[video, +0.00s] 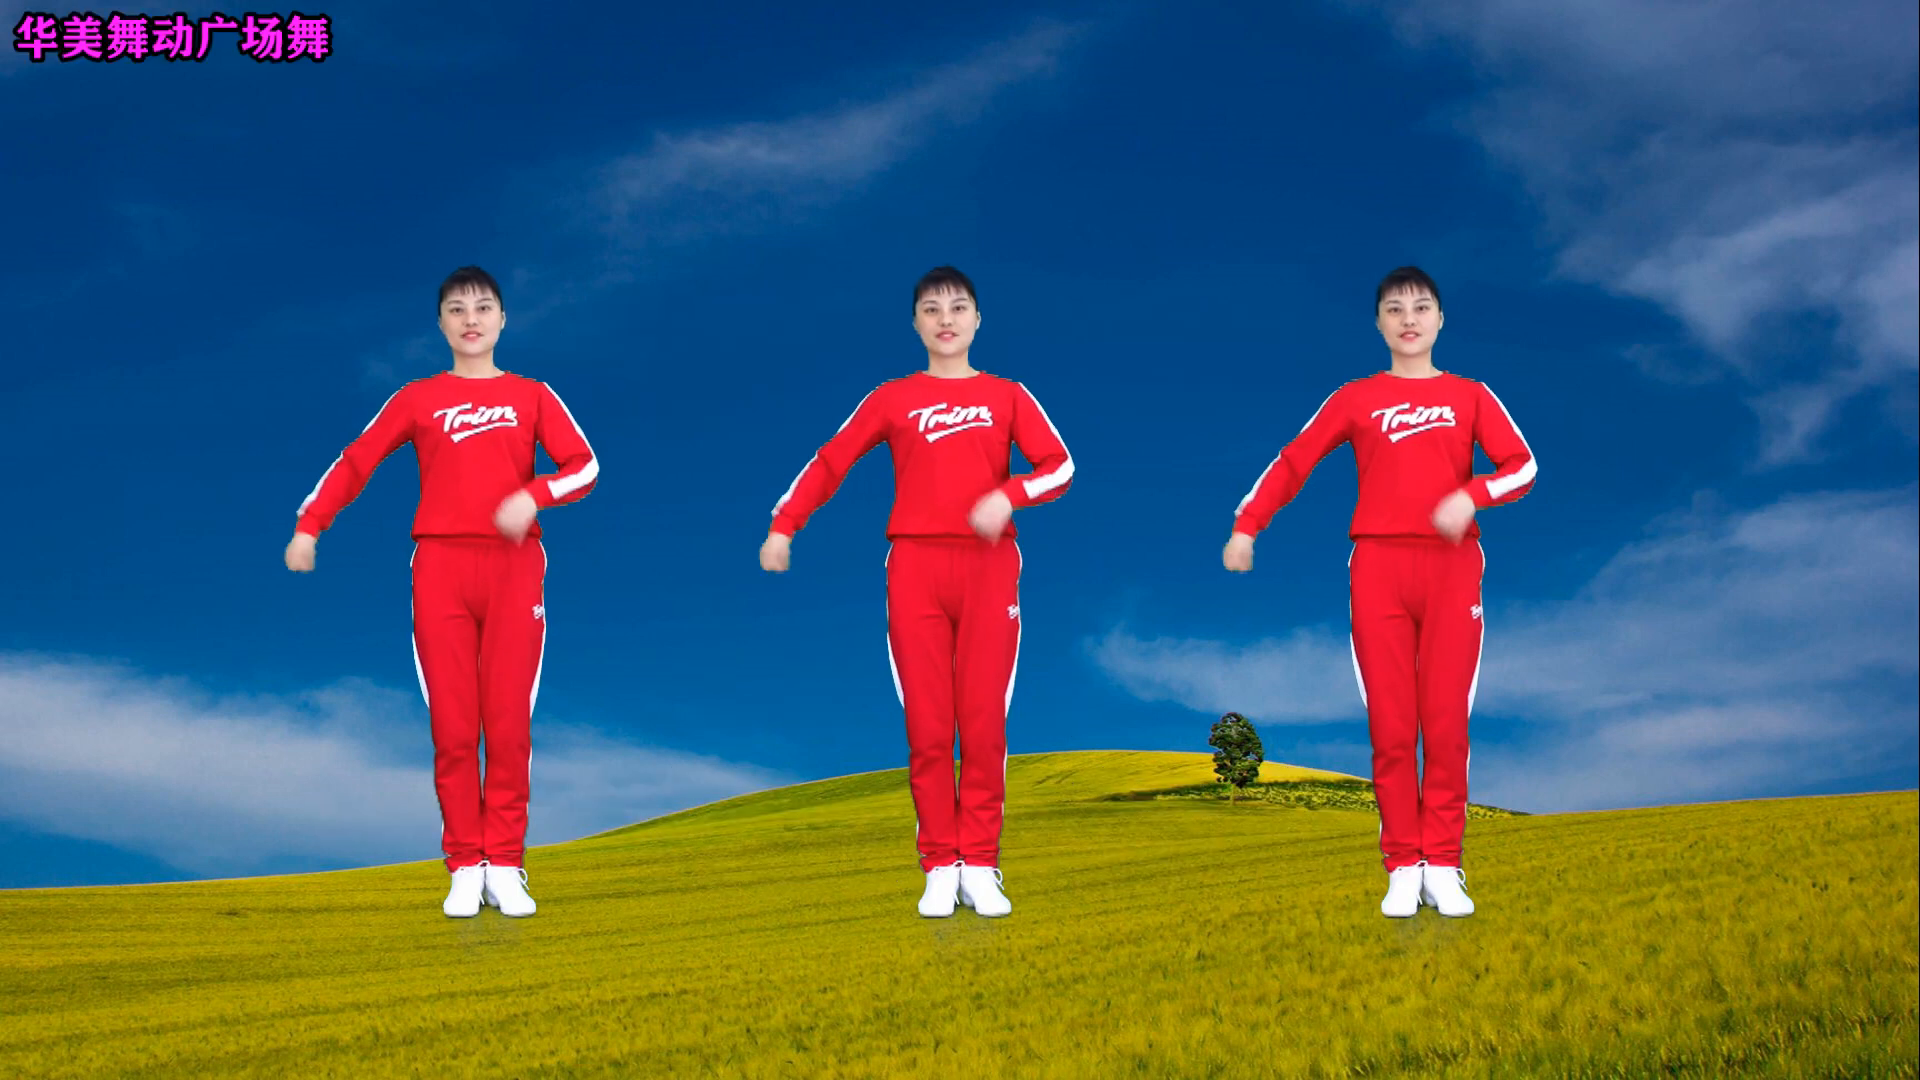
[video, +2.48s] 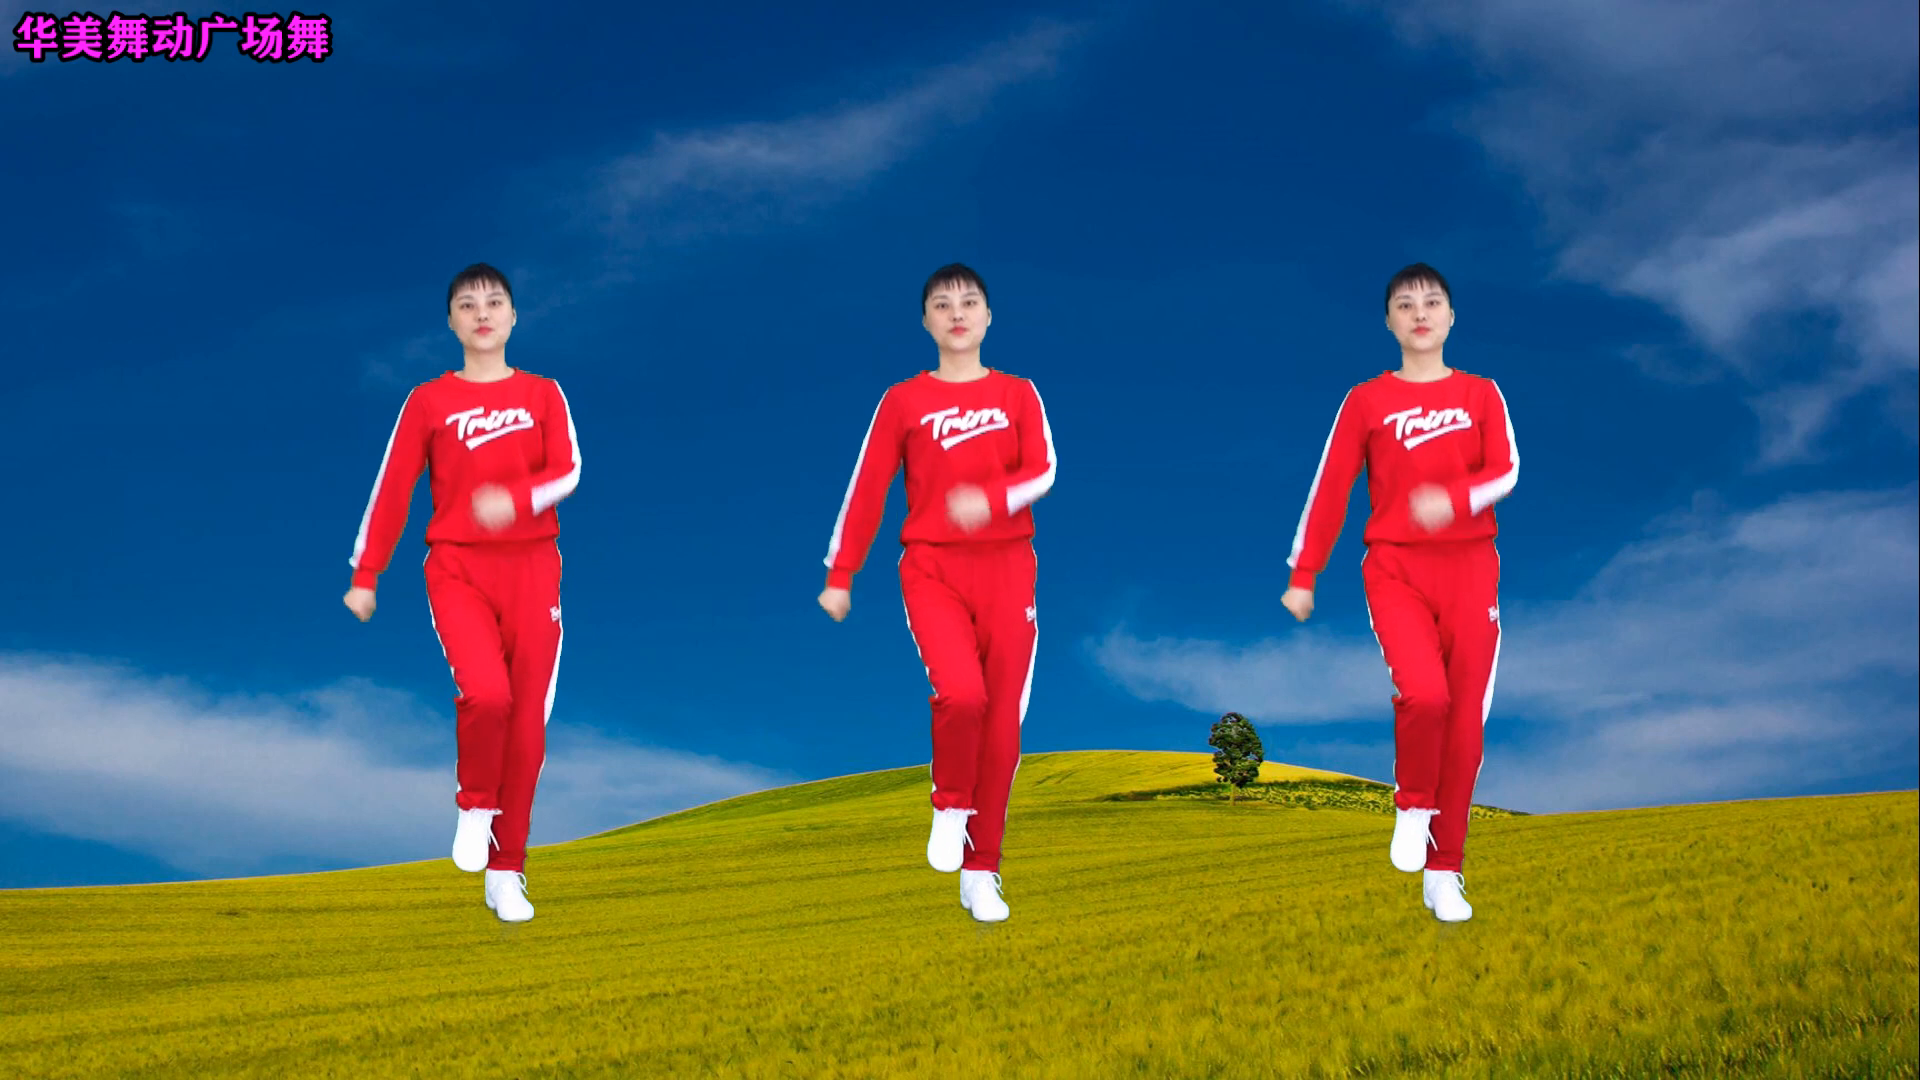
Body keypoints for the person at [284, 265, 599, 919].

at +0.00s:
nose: (471, 319)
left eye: (482, 308)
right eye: (459, 310)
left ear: (501, 318)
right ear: (443, 323)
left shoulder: (533, 396)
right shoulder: (416, 399)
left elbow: (585, 468)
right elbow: (355, 462)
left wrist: (533, 495)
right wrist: (307, 528)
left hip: (514, 573)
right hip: (440, 573)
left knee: (509, 722)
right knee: (453, 727)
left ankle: (505, 865)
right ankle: (465, 865)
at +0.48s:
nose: (471, 315)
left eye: (483, 305)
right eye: (458, 306)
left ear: (501, 317)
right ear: (441, 319)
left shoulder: (530, 396)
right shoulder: (413, 396)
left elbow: (562, 486)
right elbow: (377, 476)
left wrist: (580, 571)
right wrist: (439, 490)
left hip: (506, 568)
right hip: (430, 569)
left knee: (481, 706)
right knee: (436, 722)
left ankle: (499, 810)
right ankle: (464, 861)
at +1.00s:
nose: (483, 328)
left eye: (495, 316)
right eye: (470, 318)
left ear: (513, 327)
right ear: (453, 330)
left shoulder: (544, 407)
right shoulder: (428, 412)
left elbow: (565, 500)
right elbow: (421, 507)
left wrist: (577, 587)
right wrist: (423, 592)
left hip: (535, 580)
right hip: (461, 583)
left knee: (531, 732)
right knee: (484, 709)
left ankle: (510, 869)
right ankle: (475, 812)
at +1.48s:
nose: (481, 312)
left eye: (493, 301)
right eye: (468, 303)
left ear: (511, 312)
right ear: (452, 316)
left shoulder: (541, 389)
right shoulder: (425, 391)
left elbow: (561, 473)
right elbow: (364, 462)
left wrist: (512, 442)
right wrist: (300, 528)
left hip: (524, 563)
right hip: (448, 564)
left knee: (515, 722)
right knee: (456, 724)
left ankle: (508, 866)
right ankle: (464, 868)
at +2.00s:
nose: (476, 307)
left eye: (488, 297)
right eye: (464, 297)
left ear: (506, 310)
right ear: (447, 310)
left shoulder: (537, 385)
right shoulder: (420, 390)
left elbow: (595, 450)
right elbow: (377, 476)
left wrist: (639, 519)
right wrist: (421, 416)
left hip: (515, 566)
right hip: (439, 568)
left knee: (506, 731)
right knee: (449, 731)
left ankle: (507, 868)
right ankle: (463, 868)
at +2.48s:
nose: (482, 314)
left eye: (493, 304)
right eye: (469, 306)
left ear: (512, 316)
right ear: (453, 321)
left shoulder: (543, 393)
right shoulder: (428, 401)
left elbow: (566, 470)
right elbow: (391, 488)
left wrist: (515, 496)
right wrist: (366, 572)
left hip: (532, 572)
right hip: (457, 571)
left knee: (528, 718)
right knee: (487, 695)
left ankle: (509, 867)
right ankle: (477, 808)